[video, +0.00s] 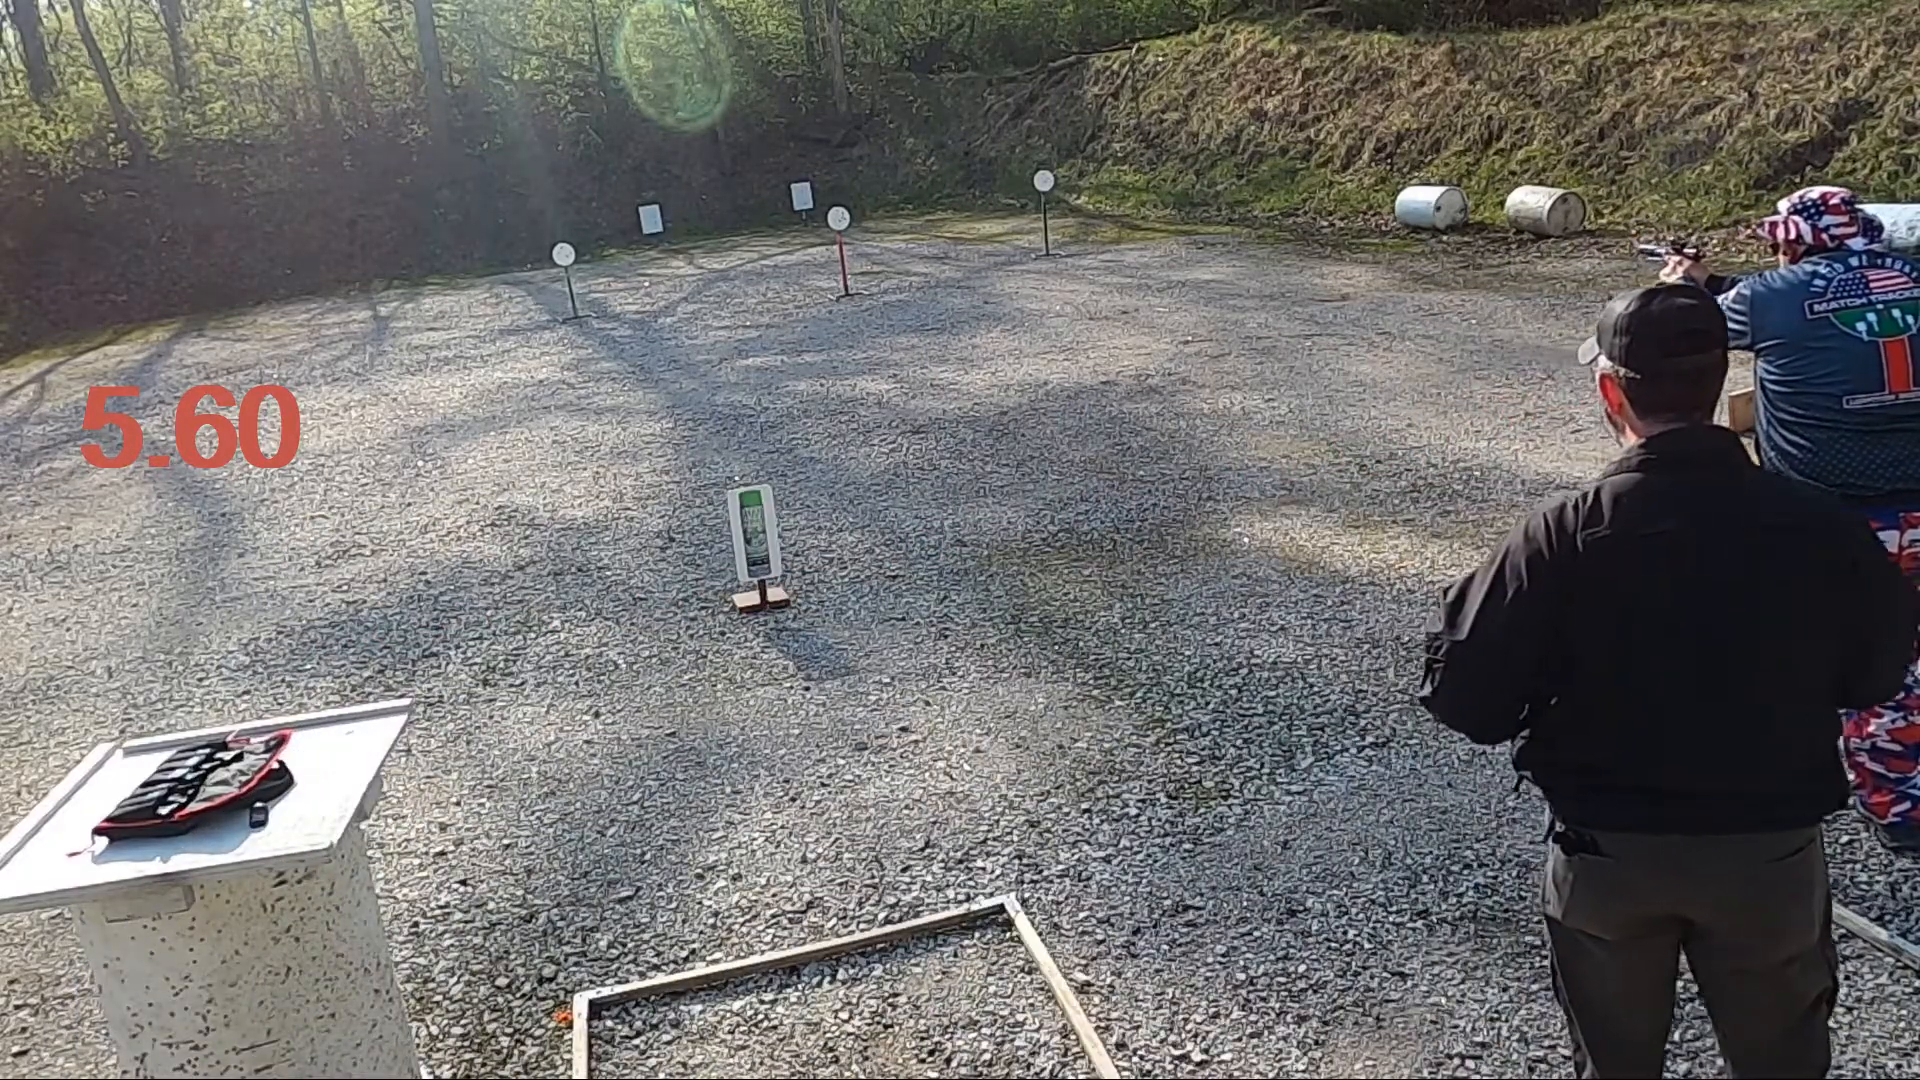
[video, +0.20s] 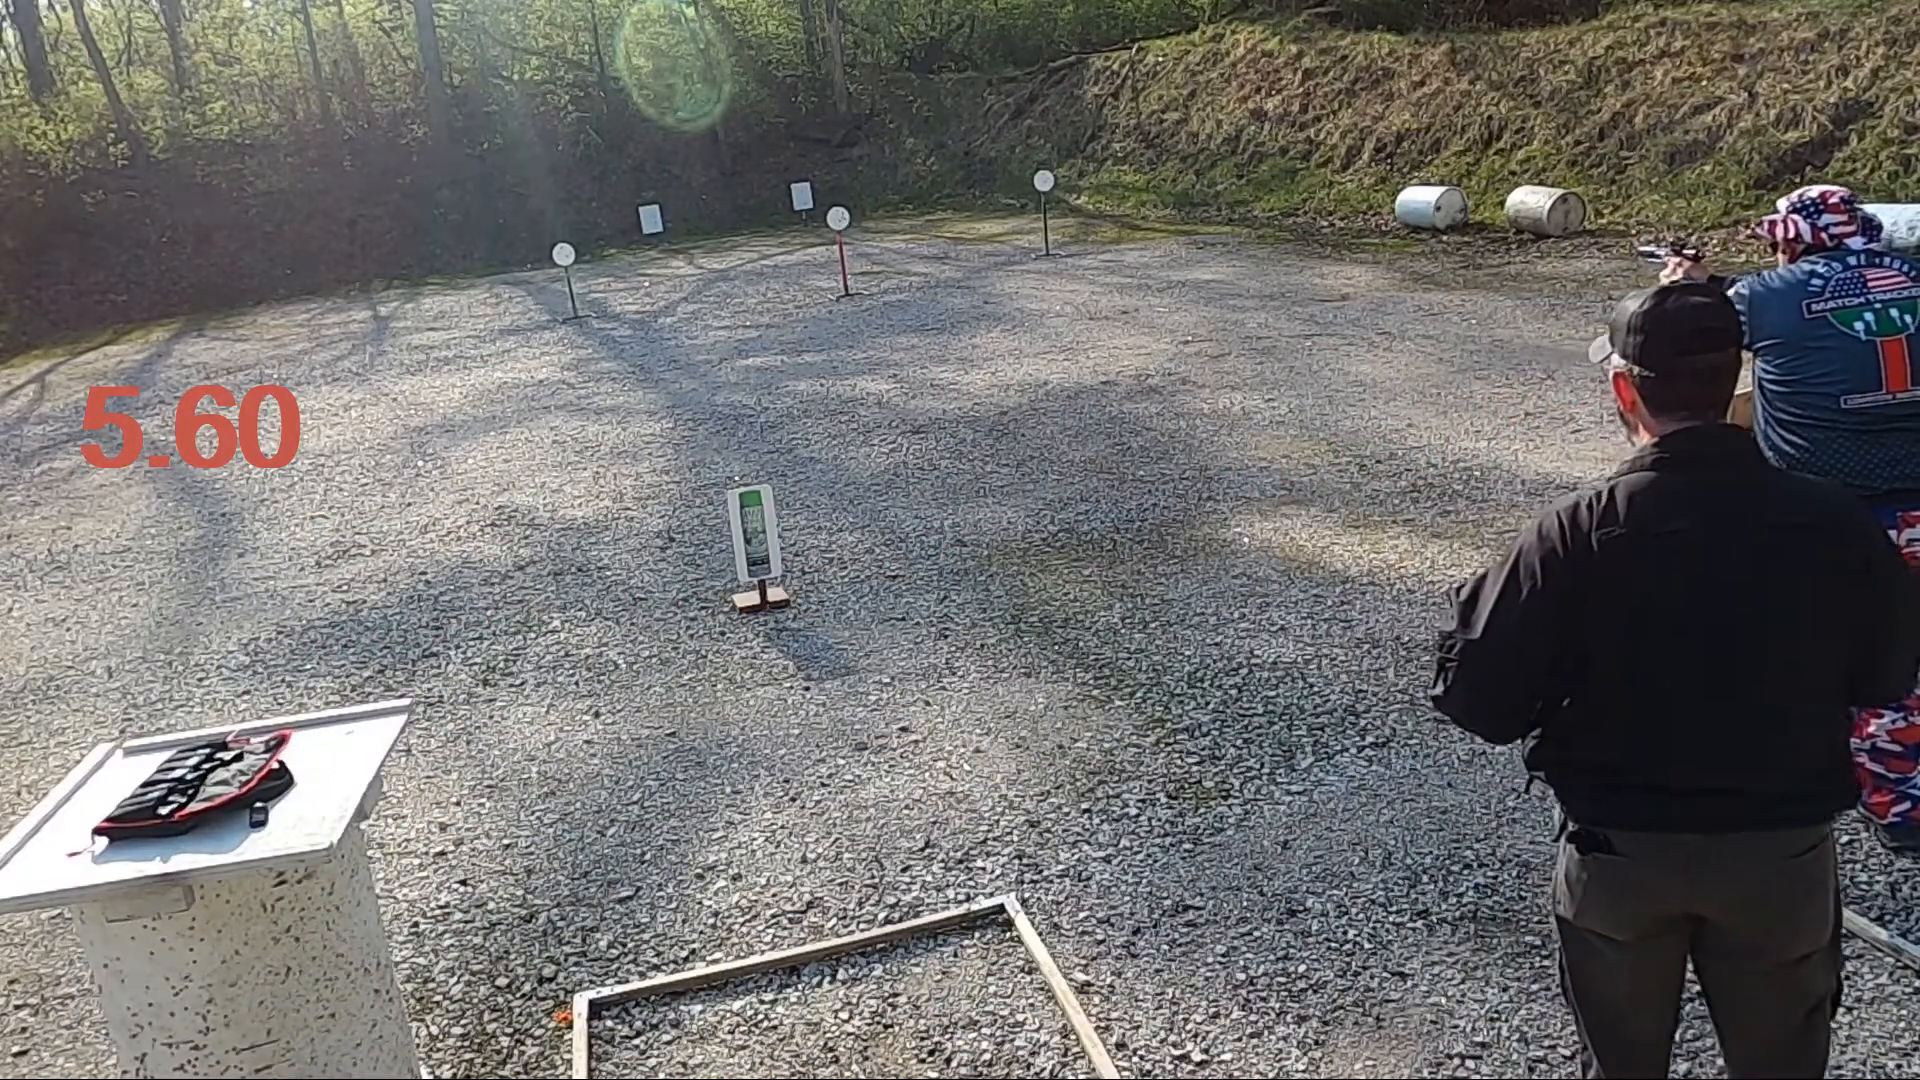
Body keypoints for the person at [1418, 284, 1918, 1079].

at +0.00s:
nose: (1600, 388)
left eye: (1602, 377)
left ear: (1613, 395)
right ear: (1719, 381)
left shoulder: (1565, 538)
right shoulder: (1821, 527)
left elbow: (1465, 698)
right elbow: (1876, 671)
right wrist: (1774, 653)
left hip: (1610, 867)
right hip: (1769, 869)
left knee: (1616, 1065)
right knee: (1785, 1065)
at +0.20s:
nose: (1611, 384)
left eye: (1613, 373)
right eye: (1616, 369)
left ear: (1626, 392)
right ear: (1734, 380)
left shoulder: (1576, 537)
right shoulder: (1837, 524)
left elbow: (1480, 701)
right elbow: (1890, 674)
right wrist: (1789, 656)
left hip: (1622, 867)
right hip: (1782, 870)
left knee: (1623, 1066)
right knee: (1782, 1068)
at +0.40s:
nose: (1615, 386)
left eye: (1617, 374)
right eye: (1618, 370)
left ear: (1631, 392)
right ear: (1739, 378)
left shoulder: (1583, 534)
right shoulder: (1841, 524)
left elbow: (1488, 703)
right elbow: (1895, 676)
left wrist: (1483, 614)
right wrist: (1793, 651)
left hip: (1625, 870)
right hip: (1785, 871)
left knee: (1623, 1066)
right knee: (1783, 1069)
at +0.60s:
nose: (1617, 386)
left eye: (1617, 377)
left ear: (1627, 393)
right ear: (1739, 378)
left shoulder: (1580, 536)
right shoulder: (1842, 523)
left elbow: (1488, 703)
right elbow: (1895, 673)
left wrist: (1479, 618)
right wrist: (1792, 658)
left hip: (1625, 870)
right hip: (1785, 871)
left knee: (1624, 1067)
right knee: (1782, 1068)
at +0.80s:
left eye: (1616, 381)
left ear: (1623, 397)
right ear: (1740, 375)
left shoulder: (1580, 537)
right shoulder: (1838, 523)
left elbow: (1487, 697)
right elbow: (1891, 675)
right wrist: (1788, 643)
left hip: (1620, 868)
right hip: (1781, 870)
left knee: (1624, 1066)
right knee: (1780, 1068)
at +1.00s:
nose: (1604, 417)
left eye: (1602, 398)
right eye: (1602, 398)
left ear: (1621, 399)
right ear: (1726, 387)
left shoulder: (1579, 539)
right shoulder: (1836, 524)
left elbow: (1484, 688)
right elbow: (1894, 673)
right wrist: (1786, 651)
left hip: (1618, 869)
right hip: (1780, 871)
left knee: (1624, 1067)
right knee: (1778, 1068)